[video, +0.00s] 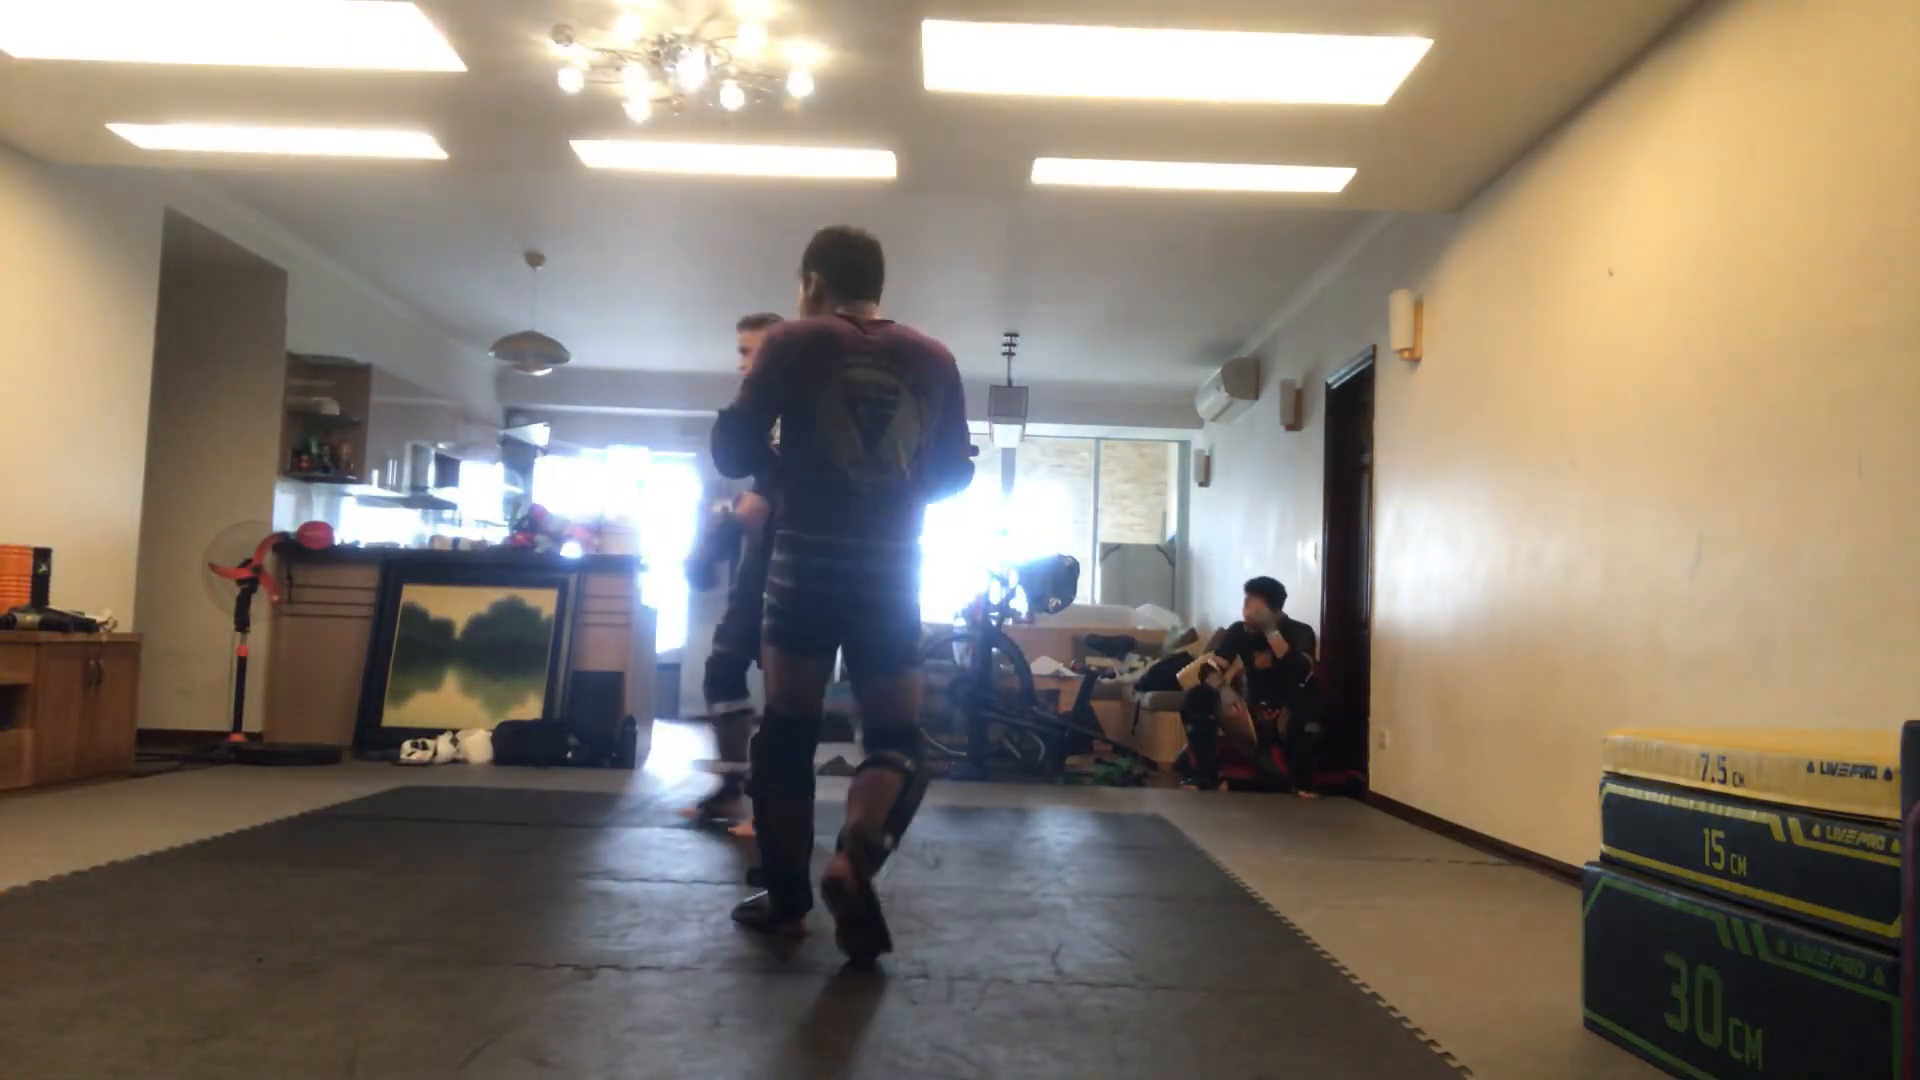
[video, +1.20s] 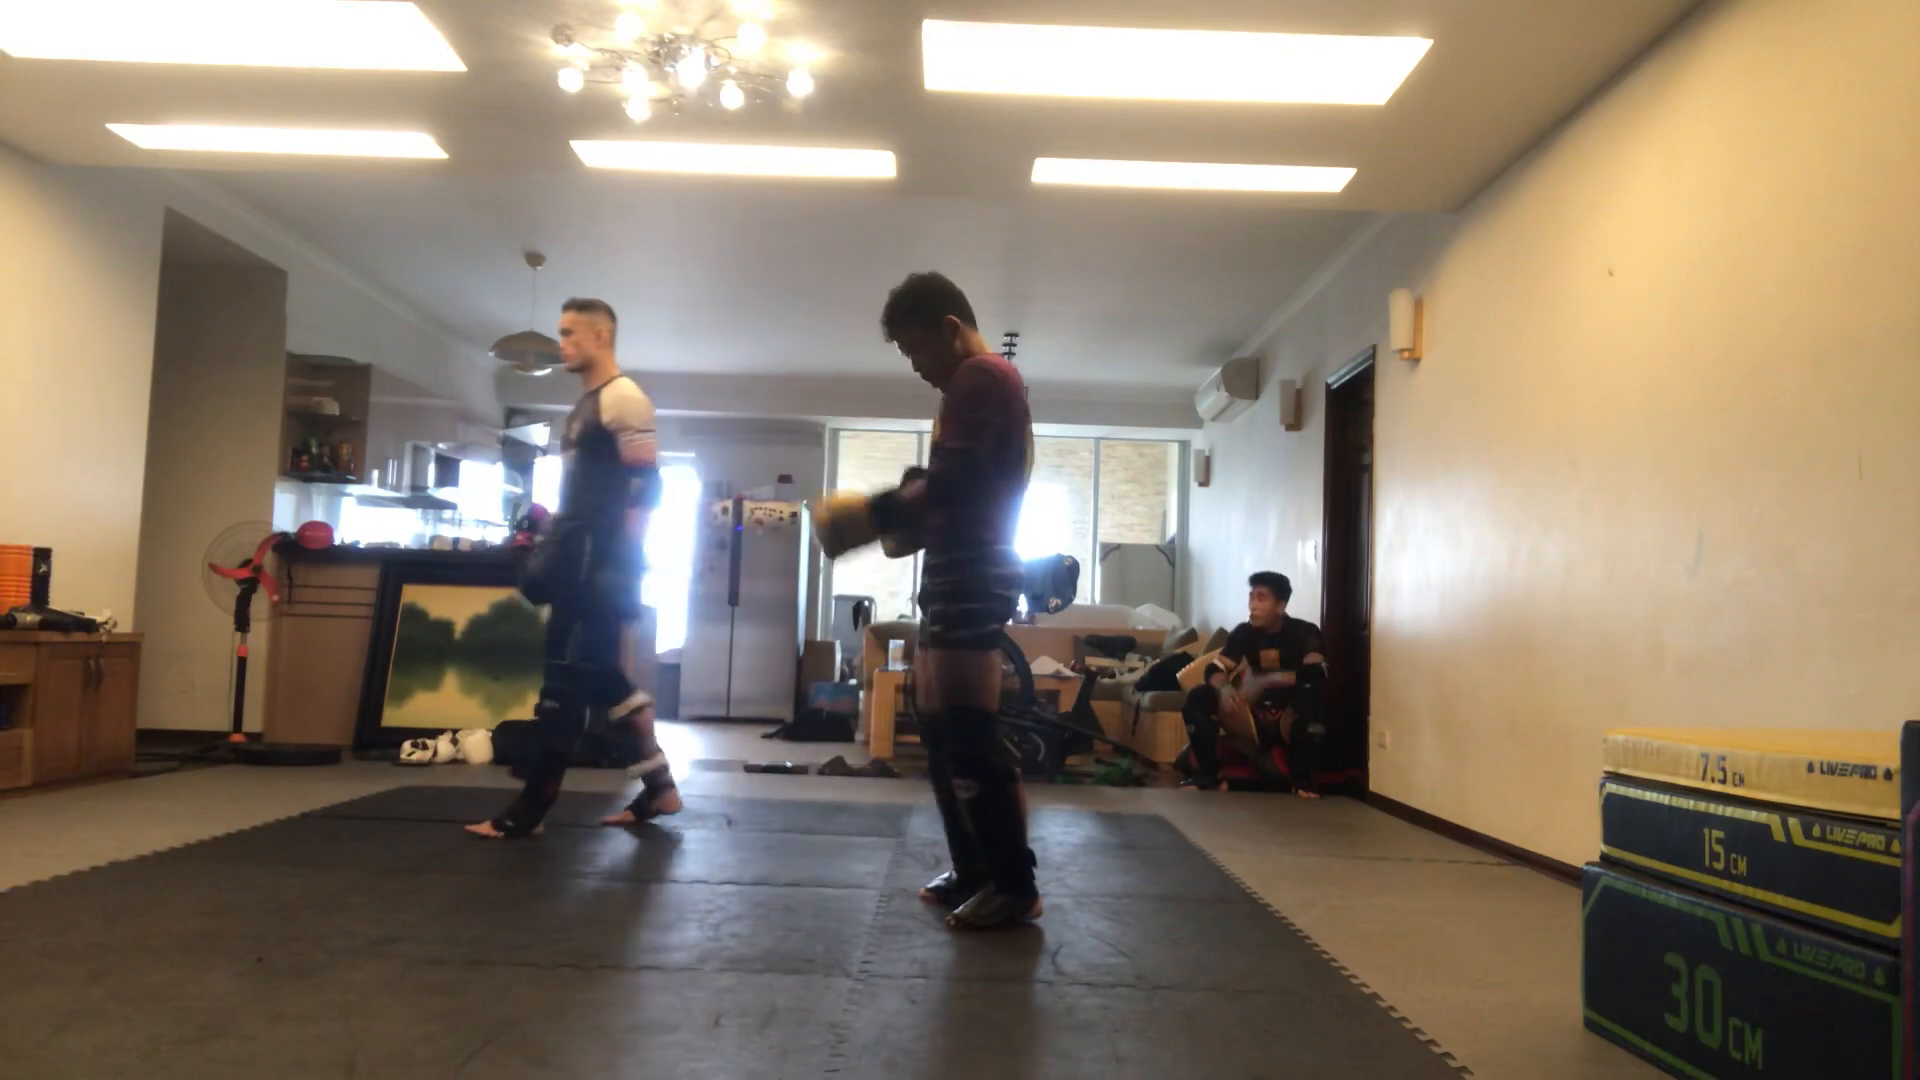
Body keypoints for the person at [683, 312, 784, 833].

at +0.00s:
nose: (744, 362)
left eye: (752, 352)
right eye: (741, 352)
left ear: (781, 353)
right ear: (743, 354)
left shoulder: (800, 412)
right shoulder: (750, 414)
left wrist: (767, 503)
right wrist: (732, 513)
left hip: (794, 568)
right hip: (756, 567)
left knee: (786, 687)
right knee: (723, 670)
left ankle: (776, 805)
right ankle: (734, 782)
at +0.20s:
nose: (707, 364)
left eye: (713, 353)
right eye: (705, 355)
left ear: (744, 350)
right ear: (734, 353)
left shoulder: (774, 408)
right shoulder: (742, 418)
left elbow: (785, 490)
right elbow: (728, 507)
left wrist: (738, 505)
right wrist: (663, 557)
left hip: (773, 568)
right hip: (733, 569)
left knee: (774, 686)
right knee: (704, 673)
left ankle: (782, 806)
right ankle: (674, 795)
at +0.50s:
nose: (658, 359)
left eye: (665, 349)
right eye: (657, 350)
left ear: (695, 349)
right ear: (683, 352)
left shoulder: (719, 402)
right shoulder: (693, 409)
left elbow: (738, 486)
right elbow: (691, 495)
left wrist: (714, 561)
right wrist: (670, 555)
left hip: (704, 563)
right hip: (680, 560)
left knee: (694, 674)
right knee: (673, 676)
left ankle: (766, 777)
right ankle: (669, 793)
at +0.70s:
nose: (631, 359)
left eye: (638, 348)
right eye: (630, 350)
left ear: (670, 347)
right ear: (649, 353)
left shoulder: (701, 402)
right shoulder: (662, 414)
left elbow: (733, 483)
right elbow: (657, 505)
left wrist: (716, 557)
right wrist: (631, 572)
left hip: (681, 557)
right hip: (657, 556)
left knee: (639, 670)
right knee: (658, 674)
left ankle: (696, 780)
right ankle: (669, 792)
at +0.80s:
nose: (618, 358)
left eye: (625, 347)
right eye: (617, 349)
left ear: (658, 346)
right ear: (638, 352)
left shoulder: (692, 403)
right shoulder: (649, 415)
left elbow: (721, 485)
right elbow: (649, 501)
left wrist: (704, 558)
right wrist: (617, 554)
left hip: (669, 557)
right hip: (647, 555)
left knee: (620, 669)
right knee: (655, 672)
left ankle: (654, 794)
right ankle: (662, 794)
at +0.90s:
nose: (604, 356)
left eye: (611, 345)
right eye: (602, 347)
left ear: (643, 345)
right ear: (621, 351)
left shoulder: (677, 403)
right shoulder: (628, 418)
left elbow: (707, 485)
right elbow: (621, 508)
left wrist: (689, 560)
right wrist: (589, 565)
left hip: (658, 558)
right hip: (629, 557)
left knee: (600, 671)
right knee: (651, 671)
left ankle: (579, 799)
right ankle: (668, 796)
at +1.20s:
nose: (561, 344)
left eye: (569, 334)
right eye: (560, 335)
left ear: (603, 336)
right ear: (585, 340)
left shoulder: (623, 397)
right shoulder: (586, 404)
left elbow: (643, 490)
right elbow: (581, 495)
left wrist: (621, 564)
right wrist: (552, 553)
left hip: (600, 561)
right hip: (579, 560)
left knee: (566, 679)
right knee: (604, 674)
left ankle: (530, 810)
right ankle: (659, 785)